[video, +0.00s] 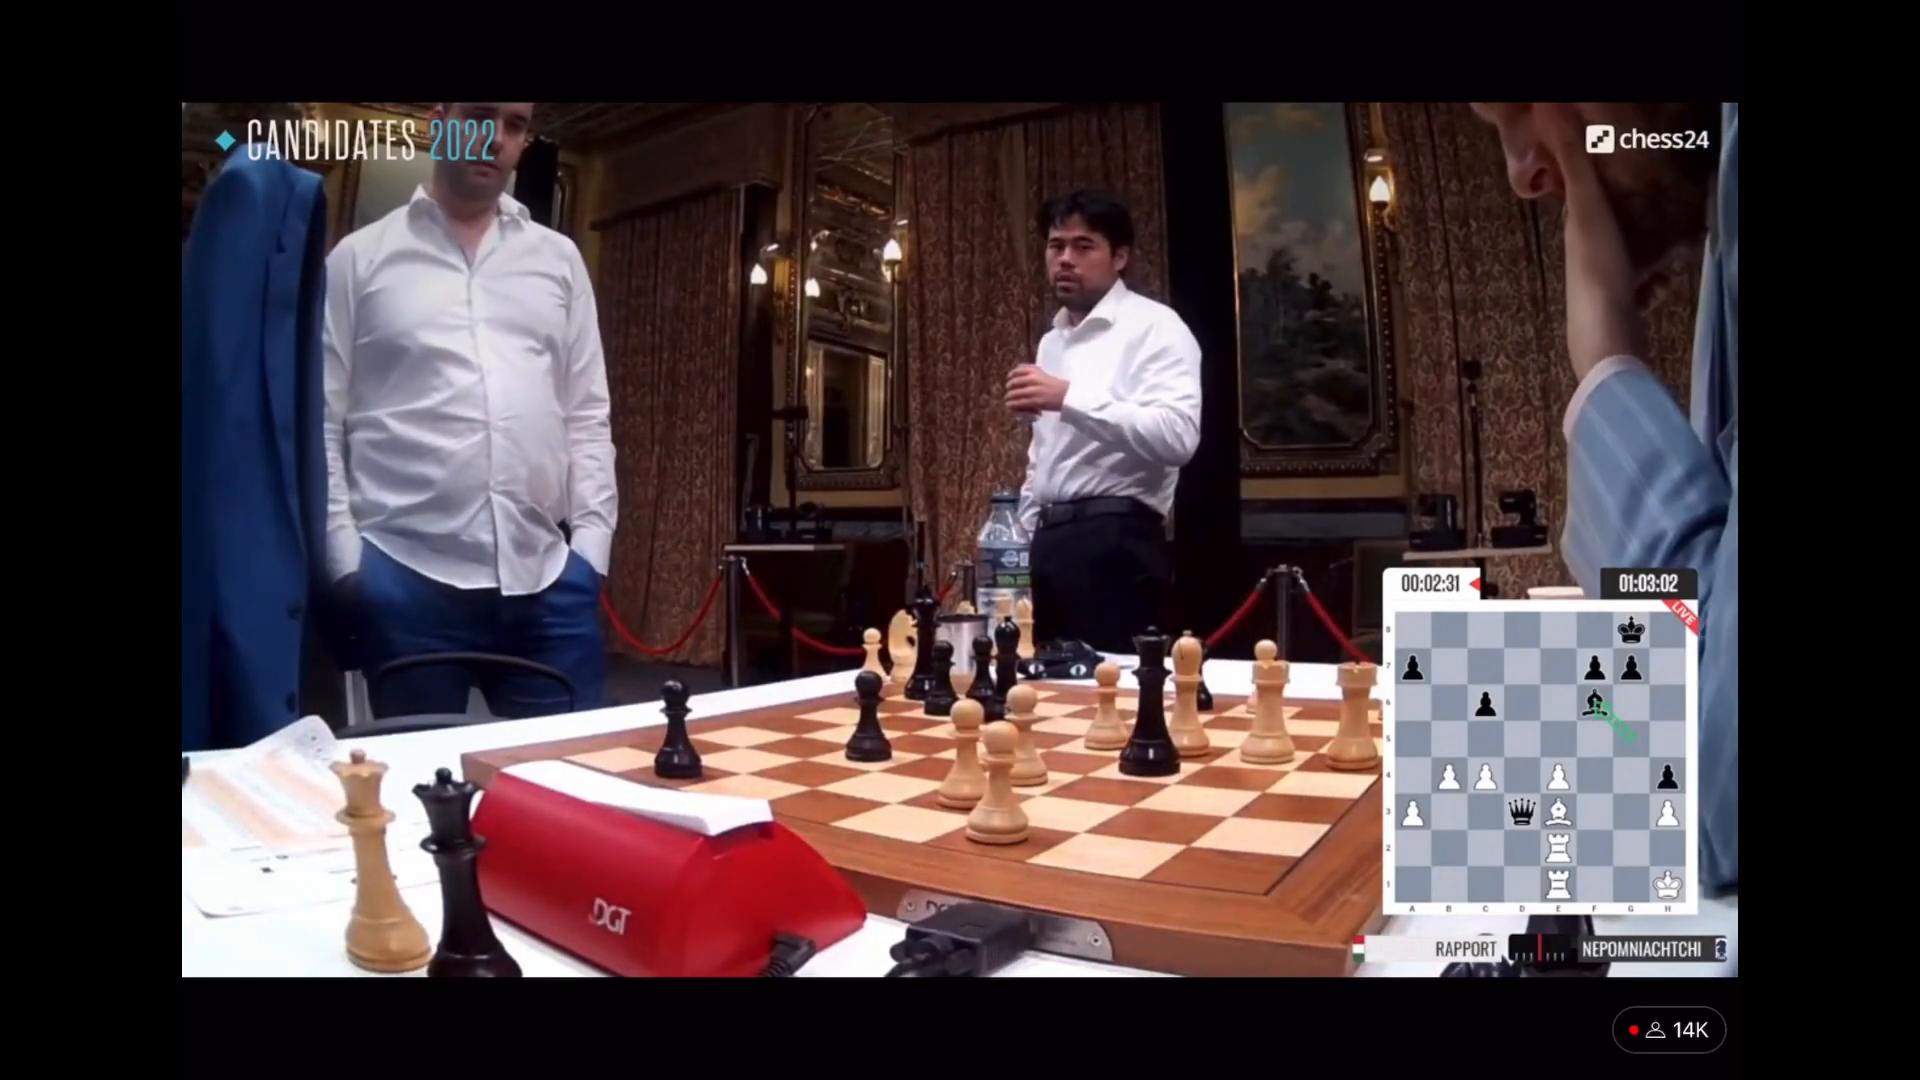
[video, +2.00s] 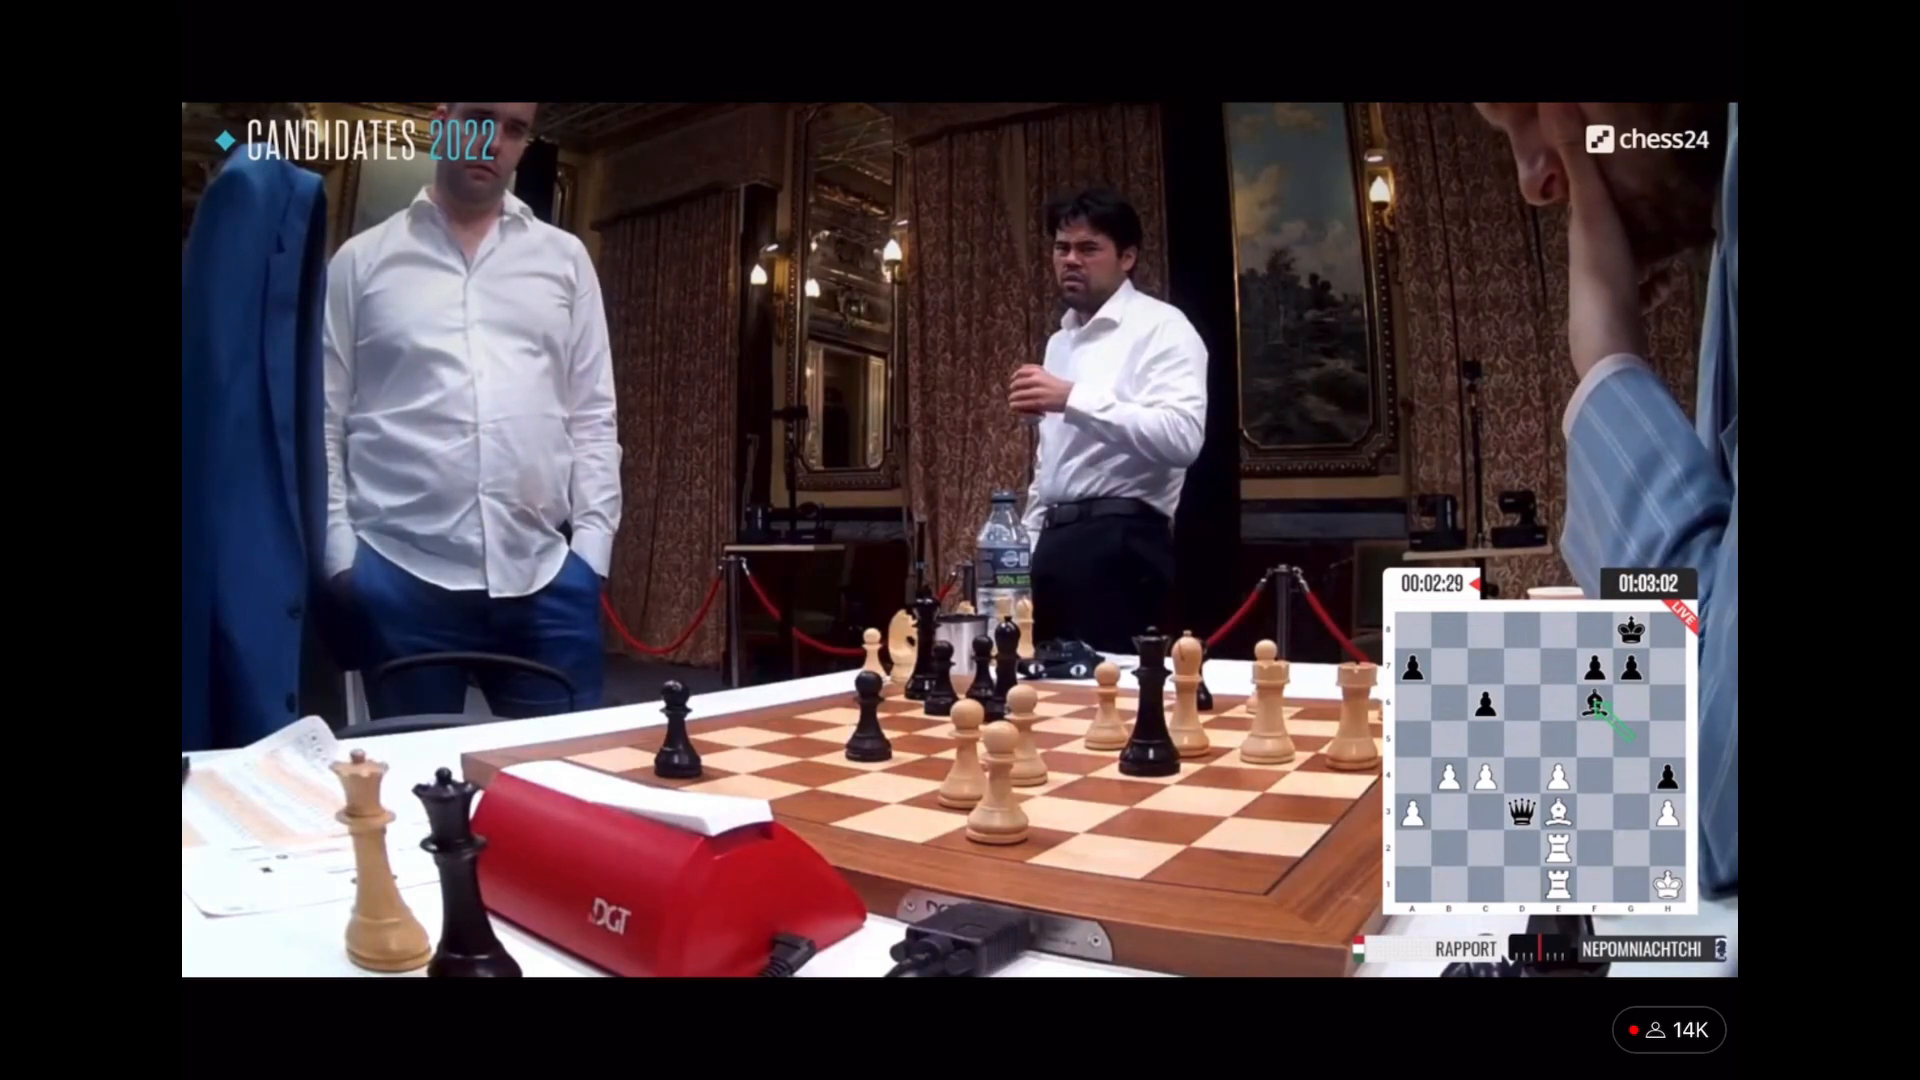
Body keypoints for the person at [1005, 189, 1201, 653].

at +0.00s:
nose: (1065, 260)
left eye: (1083, 247)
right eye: (1057, 246)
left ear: (1120, 258)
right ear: (1046, 254)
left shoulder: (1159, 328)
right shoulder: (1052, 343)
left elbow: (1177, 436)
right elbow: (1042, 454)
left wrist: (1068, 396)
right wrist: (1025, 530)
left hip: (1120, 534)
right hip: (1054, 534)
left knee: (1123, 694)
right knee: (1060, 695)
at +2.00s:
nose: (1071, 261)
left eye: (1088, 248)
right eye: (1063, 248)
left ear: (1126, 258)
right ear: (1052, 254)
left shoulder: (1166, 329)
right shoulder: (1060, 344)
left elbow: (1181, 437)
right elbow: (1050, 461)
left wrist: (1072, 397)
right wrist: (1029, 539)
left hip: (1125, 536)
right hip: (1058, 535)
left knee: (1122, 696)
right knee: (1059, 696)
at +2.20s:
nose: (1061, 262)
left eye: (1079, 251)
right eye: (1055, 249)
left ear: (1119, 261)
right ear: (1045, 254)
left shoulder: (1155, 332)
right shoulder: (1054, 342)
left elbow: (1167, 442)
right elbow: (1051, 460)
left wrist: (1060, 400)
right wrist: (1030, 529)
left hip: (1118, 537)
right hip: (1055, 534)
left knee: (1118, 696)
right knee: (1060, 696)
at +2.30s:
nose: (1039, 264)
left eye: (1056, 251)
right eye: (1035, 250)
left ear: (1100, 262)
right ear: (1028, 254)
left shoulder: (1138, 332)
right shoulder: (1046, 338)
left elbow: (1148, 443)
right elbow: (1056, 445)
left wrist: (1039, 403)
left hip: (1105, 535)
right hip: (1050, 531)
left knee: (1103, 695)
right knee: (1055, 692)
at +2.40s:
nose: (1016, 266)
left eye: (1031, 253)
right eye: (1014, 254)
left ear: (1077, 261)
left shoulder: (1119, 333)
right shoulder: (1035, 338)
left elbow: (1125, 442)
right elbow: (1051, 445)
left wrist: (1018, 406)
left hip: (1092, 539)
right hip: (1040, 532)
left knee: (1092, 695)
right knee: (1044, 693)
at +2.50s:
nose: (979, 275)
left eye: (993, 261)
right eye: (979, 264)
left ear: (1041, 266)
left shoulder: (1083, 336)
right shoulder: (1017, 345)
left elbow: (1082, 444)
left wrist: (981, 409)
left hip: (1069, 546)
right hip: (1022, 540)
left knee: (1085, 699)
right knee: (1030, 697)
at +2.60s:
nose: (953, 283)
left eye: (965, 269)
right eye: (954, 271)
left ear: (1011, 273)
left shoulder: (1055, 342)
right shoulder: (999, 349)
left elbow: (1044, 446)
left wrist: (951, 412)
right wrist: (948, 415)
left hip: (1045, 546)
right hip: (1002, 539)